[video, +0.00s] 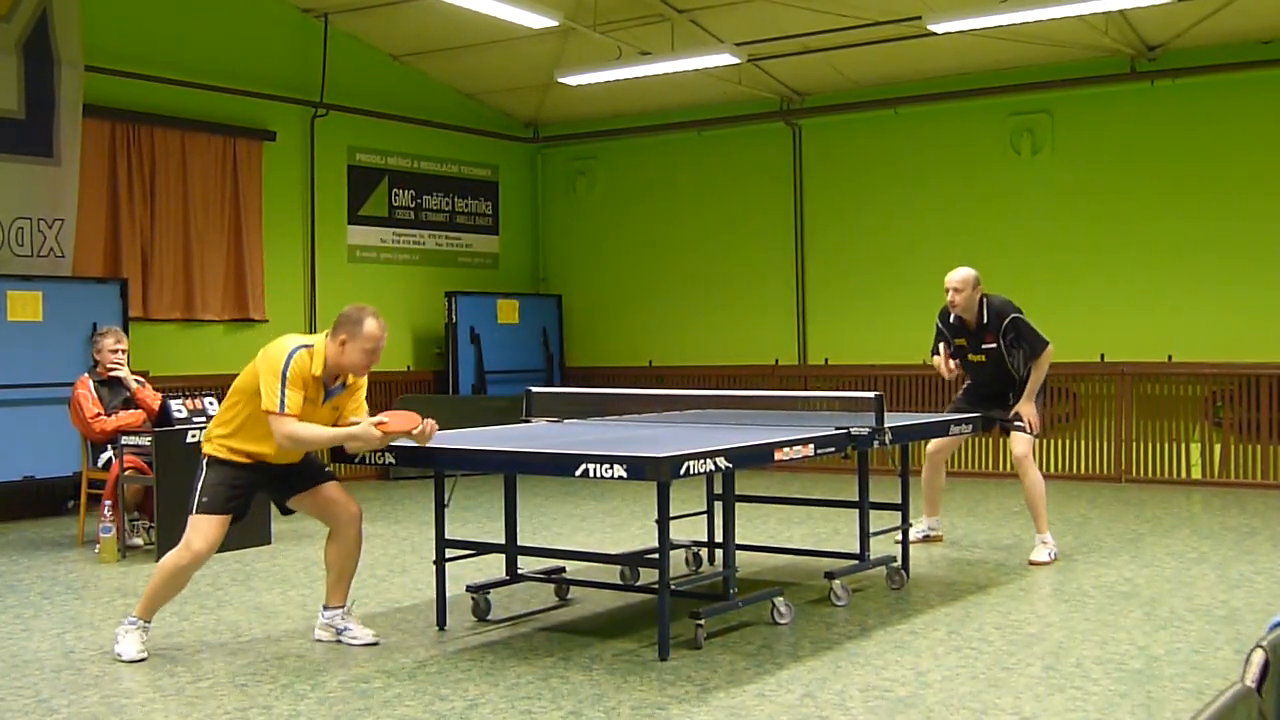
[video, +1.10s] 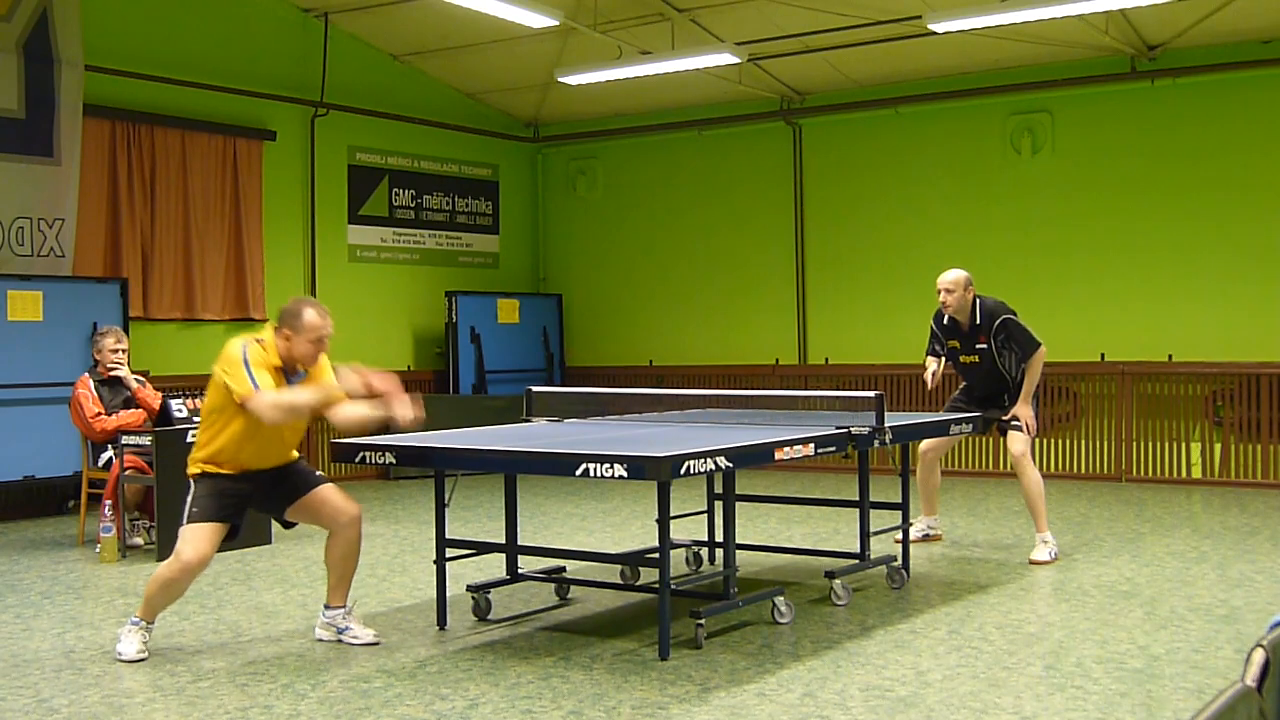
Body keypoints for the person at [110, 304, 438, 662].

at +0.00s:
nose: (374, 363)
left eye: (378, 354)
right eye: (370, 352)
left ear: (347, 344)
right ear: (341, 340)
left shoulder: (352, 376)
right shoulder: (287, 356)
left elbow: (352, 441)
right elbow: (285, 433)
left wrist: (404, 433)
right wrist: (349, 436)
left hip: (290, 456)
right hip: (231, 454)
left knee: (348, 516)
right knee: (198, 548)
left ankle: (334, 617)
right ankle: (136, 624)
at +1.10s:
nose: (323, 349)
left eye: (325, 342)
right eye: (317, 342)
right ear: (285, 336)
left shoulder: (315, 360)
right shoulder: (240, 353)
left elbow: (341, 415)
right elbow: (267, 409)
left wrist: (386, 407)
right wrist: (332, 389)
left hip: (278, 468)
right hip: (218, 472)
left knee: (347, 517)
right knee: (190, 559)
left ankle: (334, 616)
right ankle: (140, 624)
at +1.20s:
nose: (311, 335)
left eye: (313, 327)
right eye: (304, 326)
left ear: (314, 324)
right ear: (273, 320)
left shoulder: (305, 350)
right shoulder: (228, 337)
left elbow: (335, 398)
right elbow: (244, 388)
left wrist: (368, 374)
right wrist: (304, 357)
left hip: (273, 461)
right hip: (213, 466)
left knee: (340, 515)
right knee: (185, 556)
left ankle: (335, 617)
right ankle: (139, 625)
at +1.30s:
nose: (295, 303)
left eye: (297, 295)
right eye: (287, 295)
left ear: (297, 294)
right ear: (255, 295)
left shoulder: (293, 329)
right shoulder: (213, 317)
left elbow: (323, 380)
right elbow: (182, 357)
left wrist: (349, 349)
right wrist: (244, 338)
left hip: (268, 452)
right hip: (203, 456)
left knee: (332, 517)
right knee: (177, 550)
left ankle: (334, 617)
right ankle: (137, 625)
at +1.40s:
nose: (292, 291)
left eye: (293, 282)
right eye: (283, 284)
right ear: (251, 286)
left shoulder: (289, 323)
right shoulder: (206, 308)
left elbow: (318, 379)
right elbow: (145, 334)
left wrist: (342, 358)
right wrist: (206, 323)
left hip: (265, 448)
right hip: (199, 451)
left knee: (327, 517)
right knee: (174, 548)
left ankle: (333, 616)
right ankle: (135, 626)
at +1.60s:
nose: (320, 301)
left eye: (322, 293)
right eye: (313, 292)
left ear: (304, 294)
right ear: (282, 288)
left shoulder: (306, 337)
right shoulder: (225, 303)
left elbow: (321, 390)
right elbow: (147, 292)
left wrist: (346, 381)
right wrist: (160, 300)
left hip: (261, 449)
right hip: (198, 448)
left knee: (326, 516)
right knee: (172, 548)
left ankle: (333, 616)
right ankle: (136, 626)